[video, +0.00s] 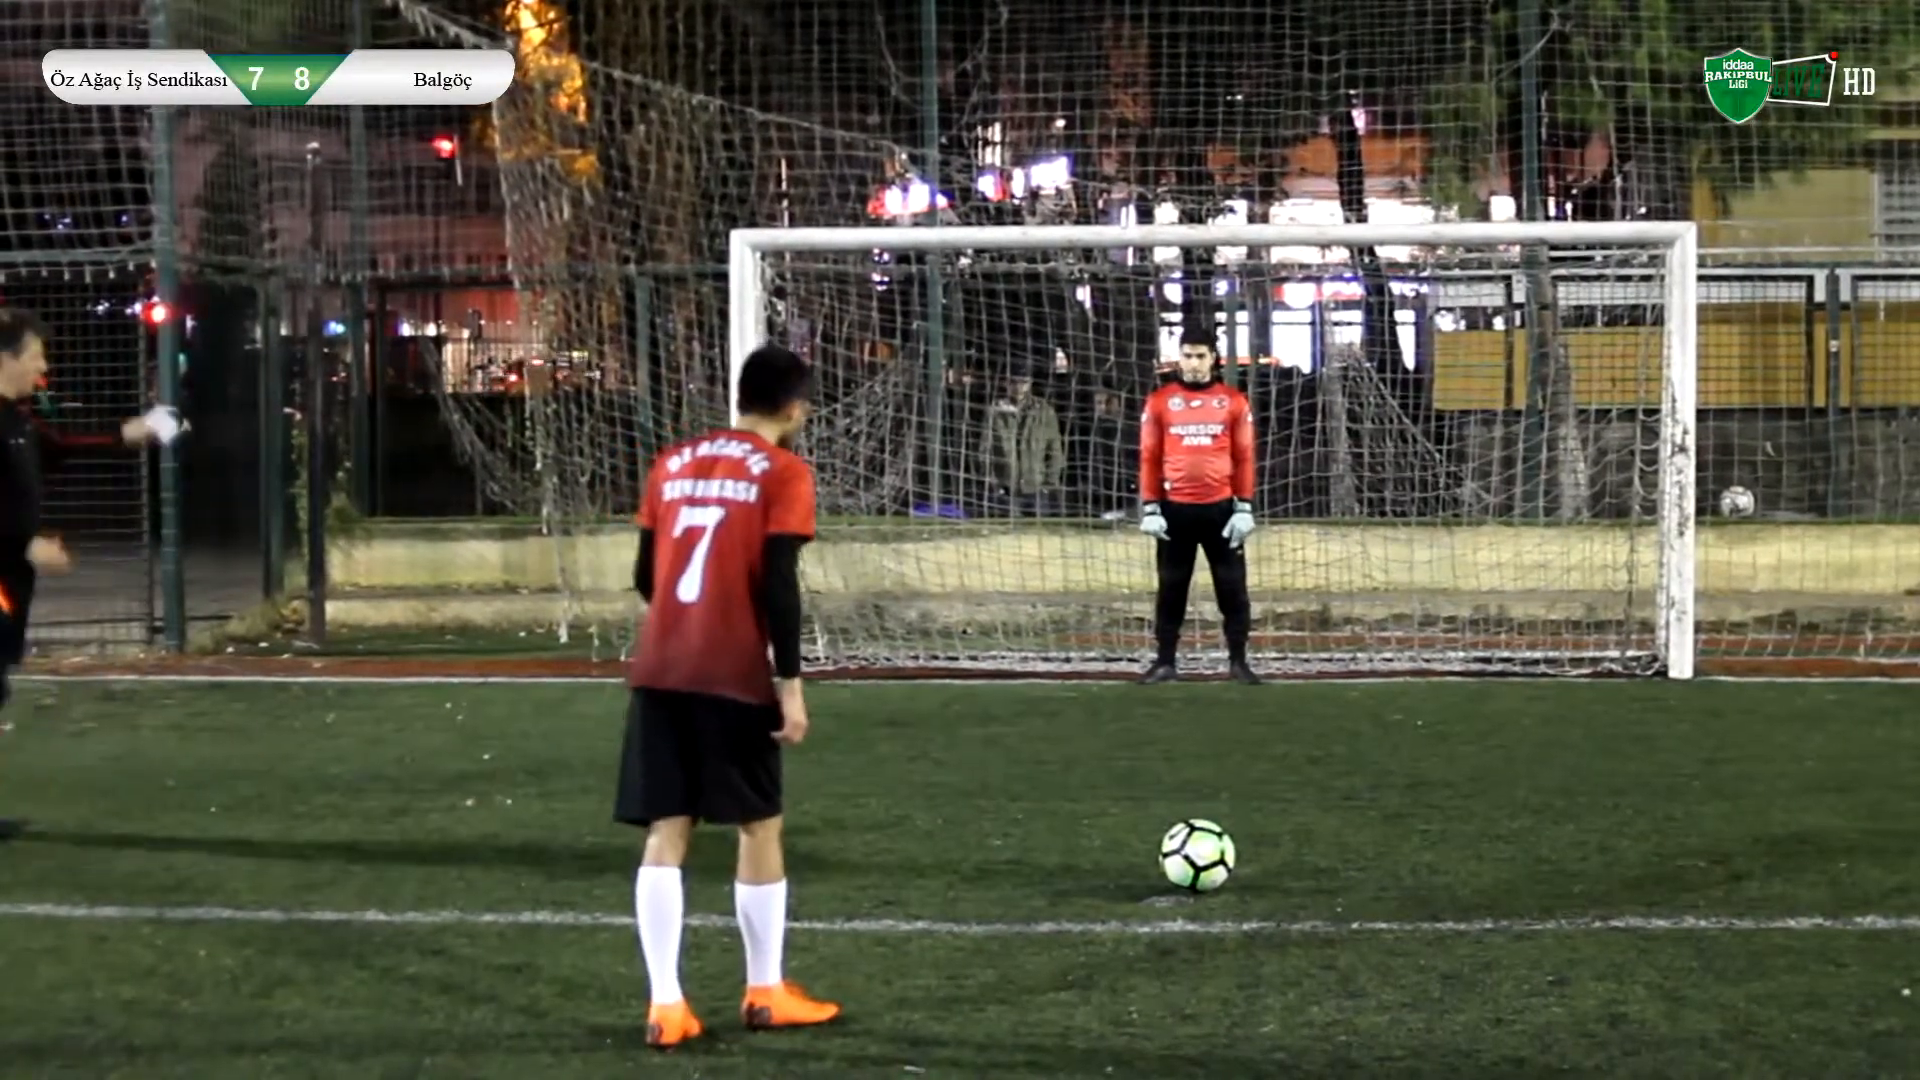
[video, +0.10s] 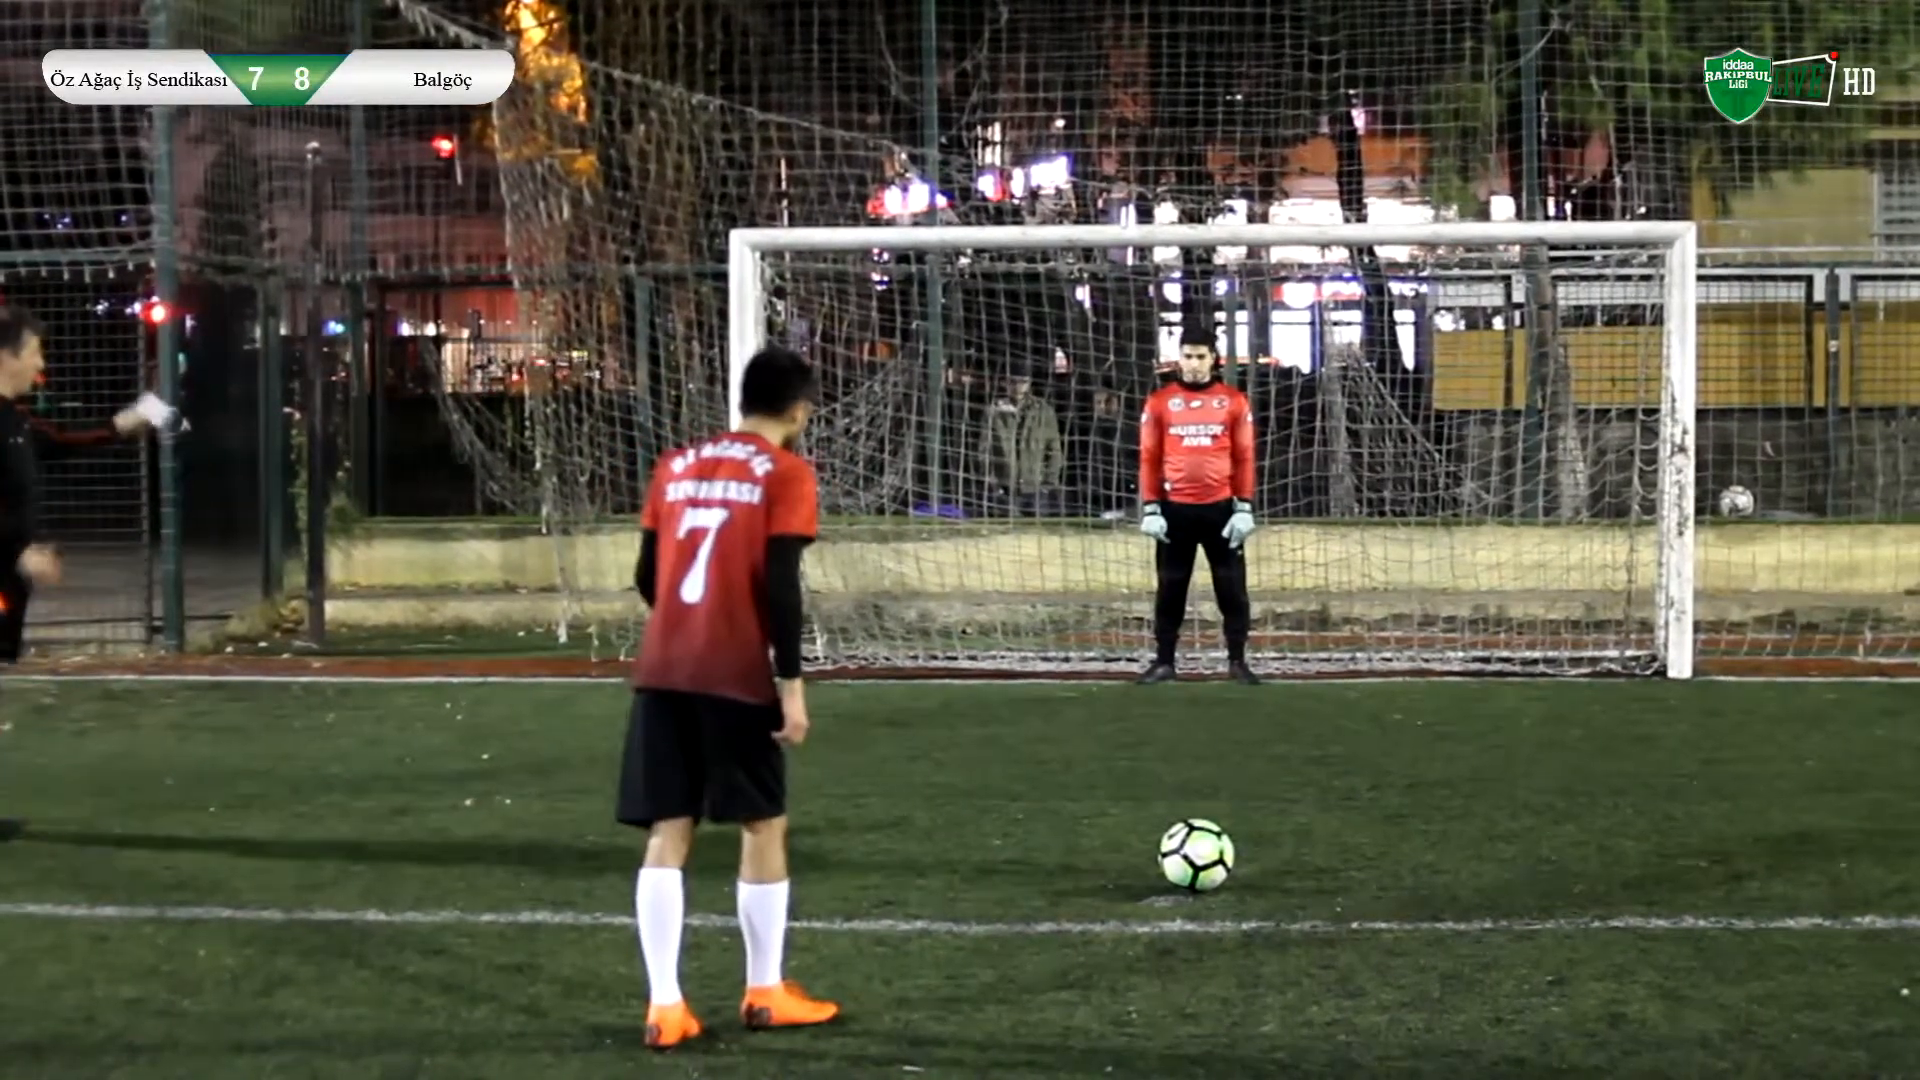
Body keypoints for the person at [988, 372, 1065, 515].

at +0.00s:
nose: (1018, 388)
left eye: (1023, 382)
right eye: (1013, 382)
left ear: (1030, 384)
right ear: (1006, 383)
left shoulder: (1045, 412)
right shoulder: (995, 410)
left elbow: (1056, 453)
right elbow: (985, 449)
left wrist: (1049, 485)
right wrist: (992, 482)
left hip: (1036, 491)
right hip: (1004, 491)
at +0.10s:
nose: (1017, 388)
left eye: (1022, 382)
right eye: (1012, 382)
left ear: (1030, 384)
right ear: (1005, 383)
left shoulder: (1045, 411)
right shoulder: (994, 411)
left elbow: (1055, 450)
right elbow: (985, 449)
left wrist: (1050, 483)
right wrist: (992, 483)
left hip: (1036, 490)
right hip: (1004, 490)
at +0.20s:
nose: (1016, 388)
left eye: (1022, 382)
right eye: (1012, 382)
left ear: (1029, 383)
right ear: (1005, 382)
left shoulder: (1044, 411)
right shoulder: (993, 411)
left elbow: (1054, 450)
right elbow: (984, 449)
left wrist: (1049, 483)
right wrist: (992, 484)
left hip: (1035, 490)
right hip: (1003, 490)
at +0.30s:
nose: (1015, 388)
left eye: (1021, 382)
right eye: (1011, 382)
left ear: (1028, 383)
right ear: (1004, 382)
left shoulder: (1043, 411)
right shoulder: (992, 411)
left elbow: (1053, 450)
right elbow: (983, 449)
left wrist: (1048, 482)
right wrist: (991, 484)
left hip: (1034, 490)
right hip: (1002, 490)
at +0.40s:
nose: (1015, 388)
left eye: (1020, 382)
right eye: (1010, 382)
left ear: (1027, 384)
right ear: (1003, 383)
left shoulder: (1042, 411)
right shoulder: (991, 411)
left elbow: (1052, 450)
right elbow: (982, 449)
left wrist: (1047, 482)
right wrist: (989, 482)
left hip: (1033, 490)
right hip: (1001, 490)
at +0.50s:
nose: (1016, 387)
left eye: (1022, 382)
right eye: (1011, 382)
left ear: (1029, 383)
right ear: (1004, 383)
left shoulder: (1043, 411)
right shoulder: (992, 411)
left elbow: (1053, 450)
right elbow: (983, 448)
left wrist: (1049, 482)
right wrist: (991, 482)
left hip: (1035, 490)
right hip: (1003, 490)